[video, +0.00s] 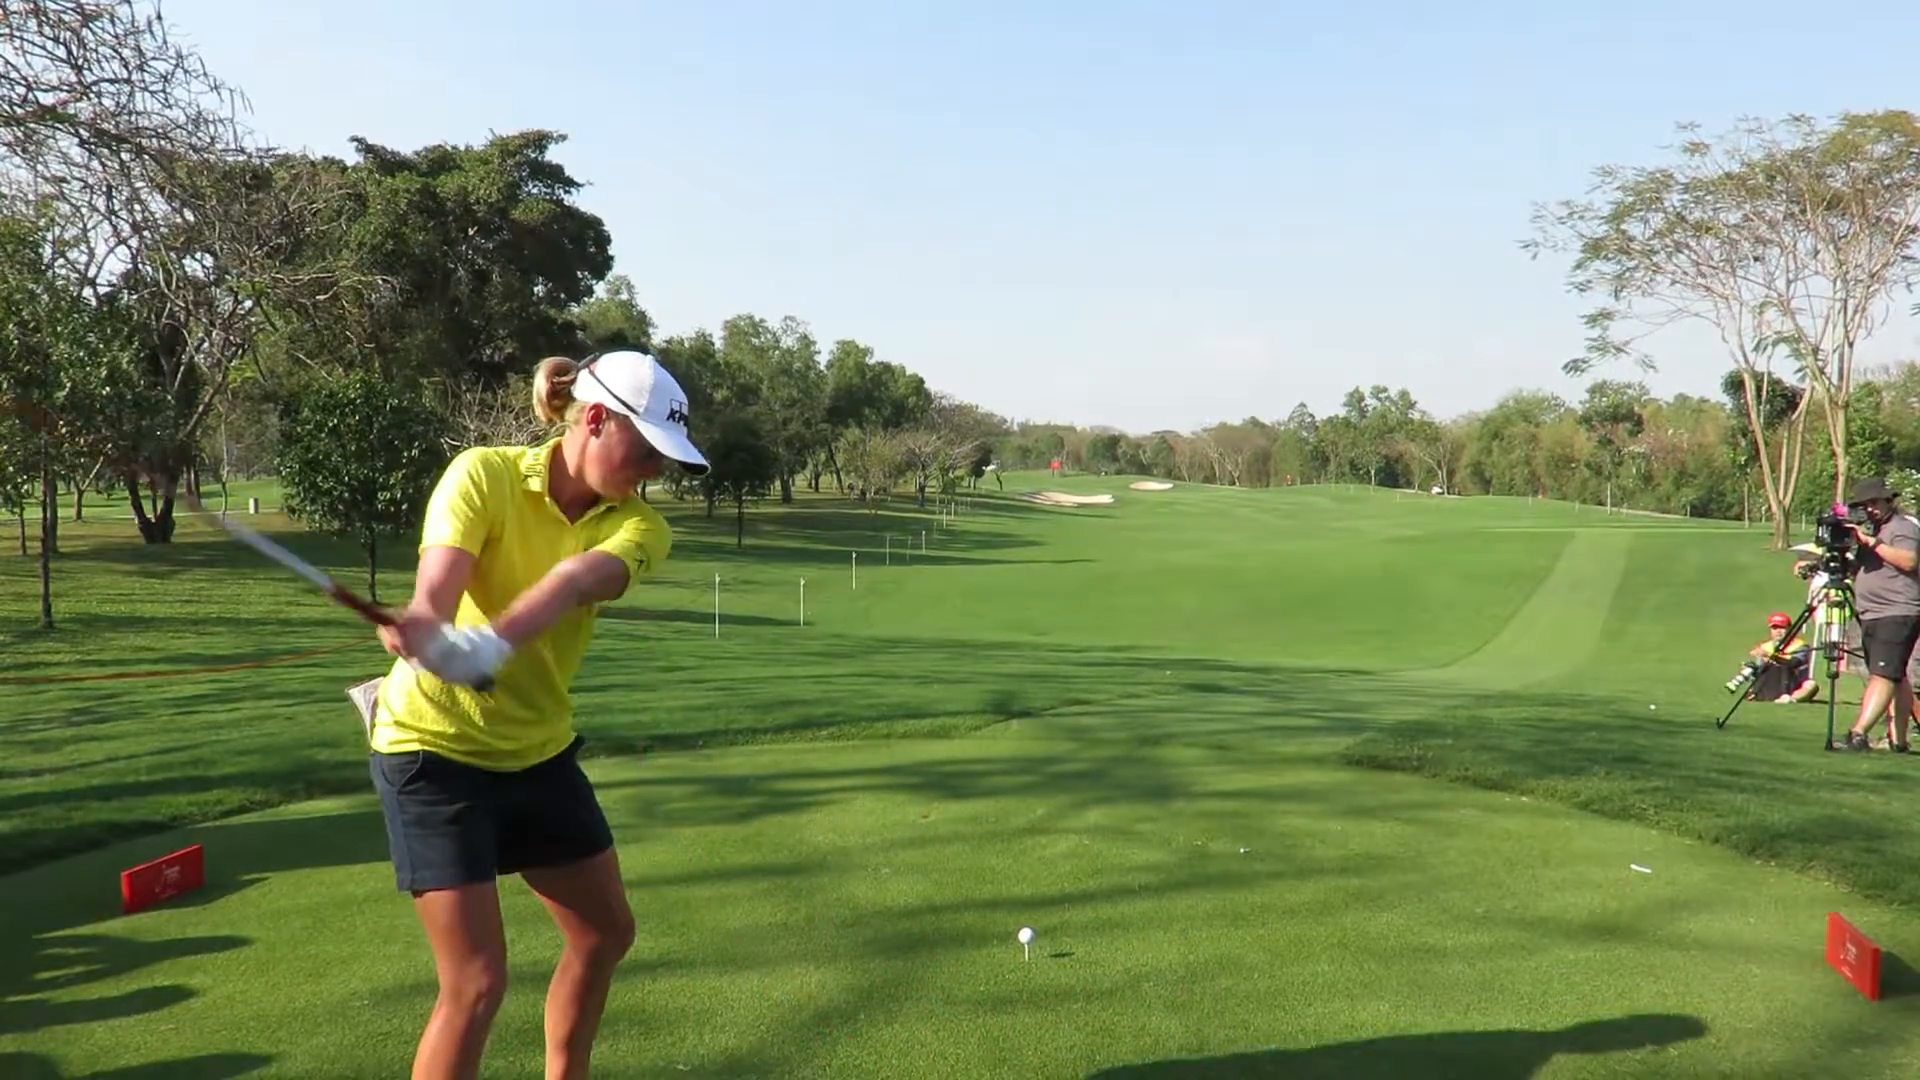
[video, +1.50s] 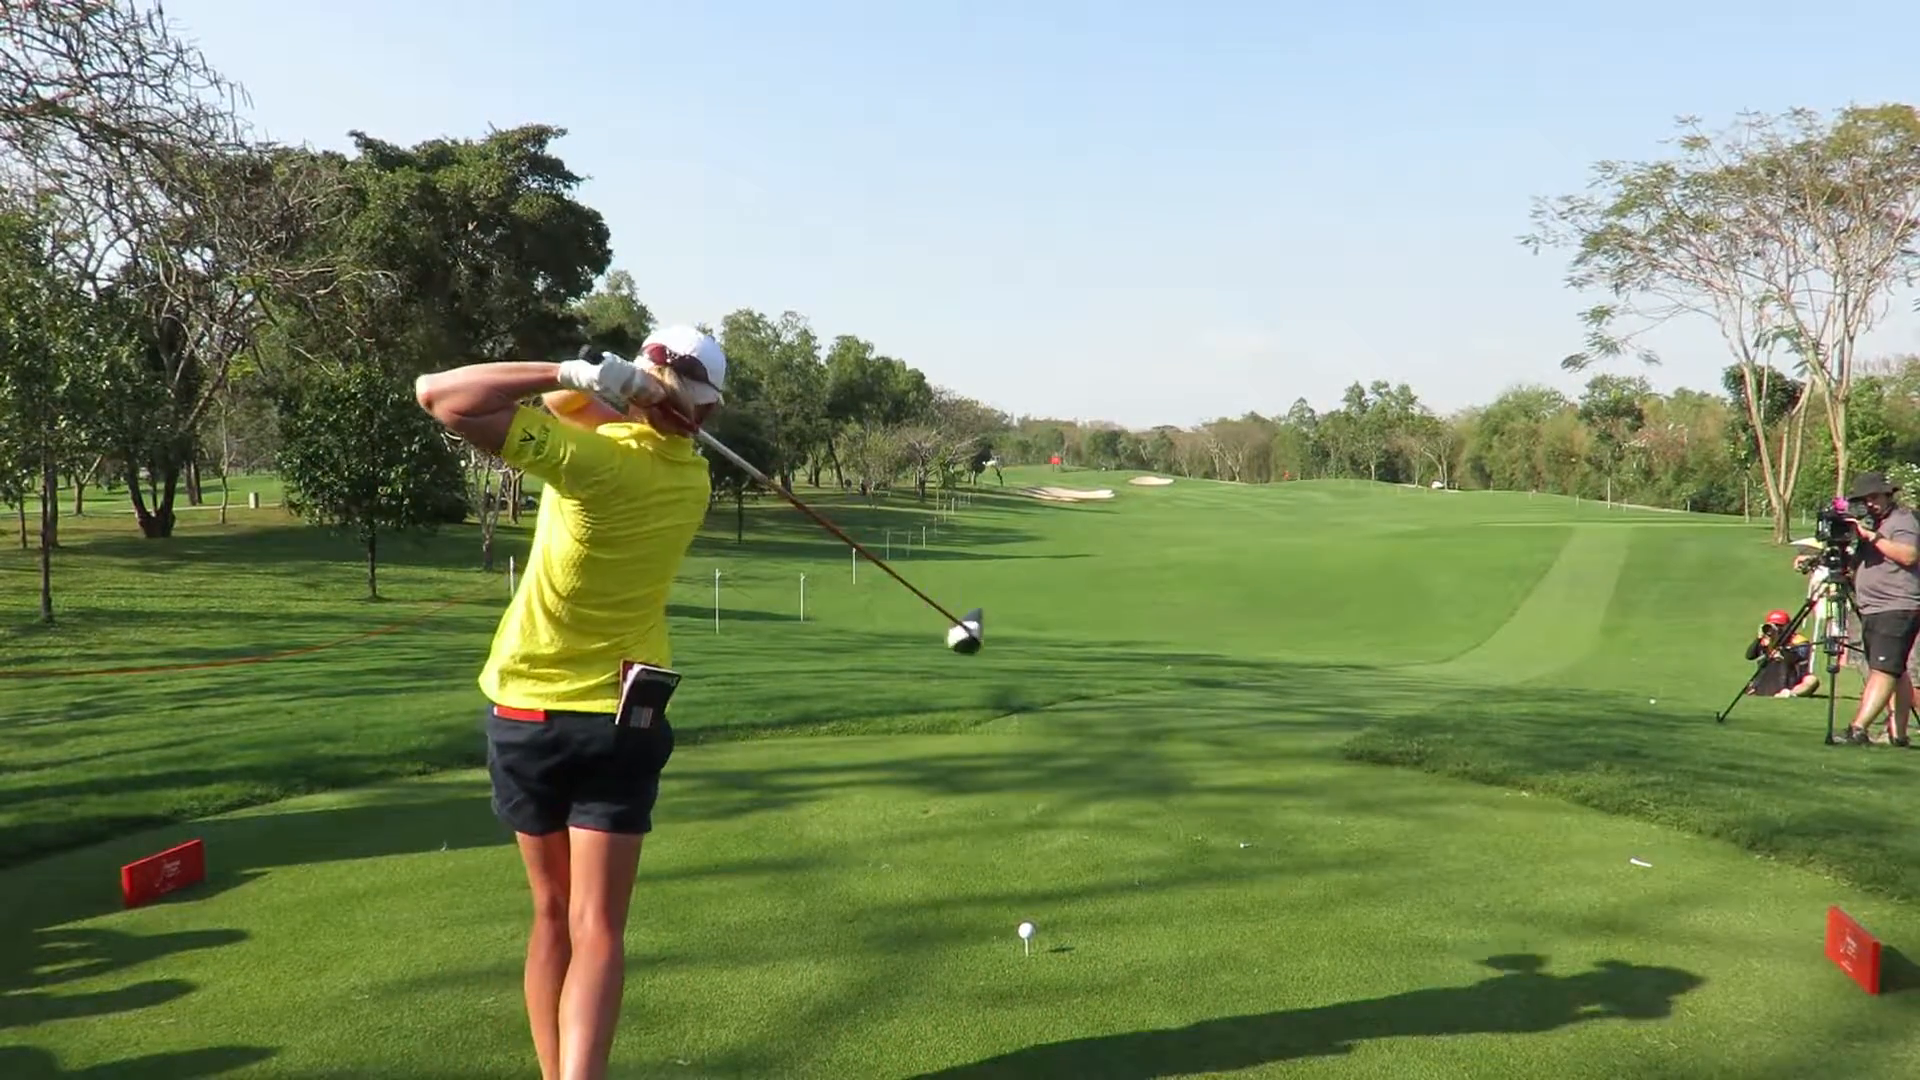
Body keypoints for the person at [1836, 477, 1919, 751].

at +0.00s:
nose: (1869, 511)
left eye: (1873, 504)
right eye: (1865, 507)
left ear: (1888, 502)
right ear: (1863, 508)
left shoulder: (1903, 527)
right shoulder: (1873, 531)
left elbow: (1909, 562)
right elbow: (1859, 568)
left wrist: (1873, 544)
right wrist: (1844, 548)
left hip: (1898, 612)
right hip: (1873, 613)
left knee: (1883, 673)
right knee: (1893, 678)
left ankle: (1858, 732)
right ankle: (1898, 739)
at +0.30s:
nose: (1869, 508)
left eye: (1873, 501)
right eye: (1865, 503)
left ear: (1888, 499)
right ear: (1863, 505)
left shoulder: (1902, 524)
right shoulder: (1874, 529)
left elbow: (1909, 558)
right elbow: (1860, 564)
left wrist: (1871, 540)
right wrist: (1844, 536)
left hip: (1897, 610)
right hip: (1873, 611)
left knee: (1884, 670)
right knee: (1892, 674)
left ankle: (1858, 729)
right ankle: (1899, 735)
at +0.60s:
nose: (1867, 504)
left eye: (1872, 498)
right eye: (1864, 500)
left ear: (1886, 495)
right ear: (1863, 501)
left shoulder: (1903, 521)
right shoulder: (1874, 525)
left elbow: (1909, 554)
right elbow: (1862, 563)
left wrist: (1871, 536)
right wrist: (1843, 545)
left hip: (1897, 606)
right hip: (1873, 607)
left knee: (1883, 667)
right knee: (1893, 671)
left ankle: (1858, 726)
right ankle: (1898, 733)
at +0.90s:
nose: (1867, 504)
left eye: (1872, 498)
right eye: (1864, 500)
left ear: (1886, 495)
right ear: (1863, 501)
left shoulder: (1901, 518)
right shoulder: (1875, 523)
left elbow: (1908, 554)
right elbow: (1865, 563)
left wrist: (1871, 537)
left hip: (1897, 605)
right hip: (1874, 606)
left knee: (1883, 666)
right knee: (1894, 672)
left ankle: (1857, 726)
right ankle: (1898, 733)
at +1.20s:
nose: (1867, 506)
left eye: (1871, 500)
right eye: (1863, 502)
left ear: (1885, 497)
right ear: (1863, 503)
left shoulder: (1902, 520)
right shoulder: (1872, 525)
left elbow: (1908, 555)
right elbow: (1859, 562)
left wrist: (1871, 537)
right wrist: (1845, 538)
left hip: (1898, 606)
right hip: (1873, 607)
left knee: (1883, 667)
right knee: (1893, 672)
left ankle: (1858, 727)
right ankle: (1898, 733)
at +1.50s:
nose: (1868, 506)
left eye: (1873, 499)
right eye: (1865, 501)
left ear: (1887, 496)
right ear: (1863, 502)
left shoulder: (1902, 520)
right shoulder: (1875, 525)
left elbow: (1909, 556)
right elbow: (1865, 566)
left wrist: (1872, 538)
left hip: (1898, 607)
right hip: (1874, 608)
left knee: (1884, 667)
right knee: (1891, 670)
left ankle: (1858, 727)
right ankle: (1898, 733)